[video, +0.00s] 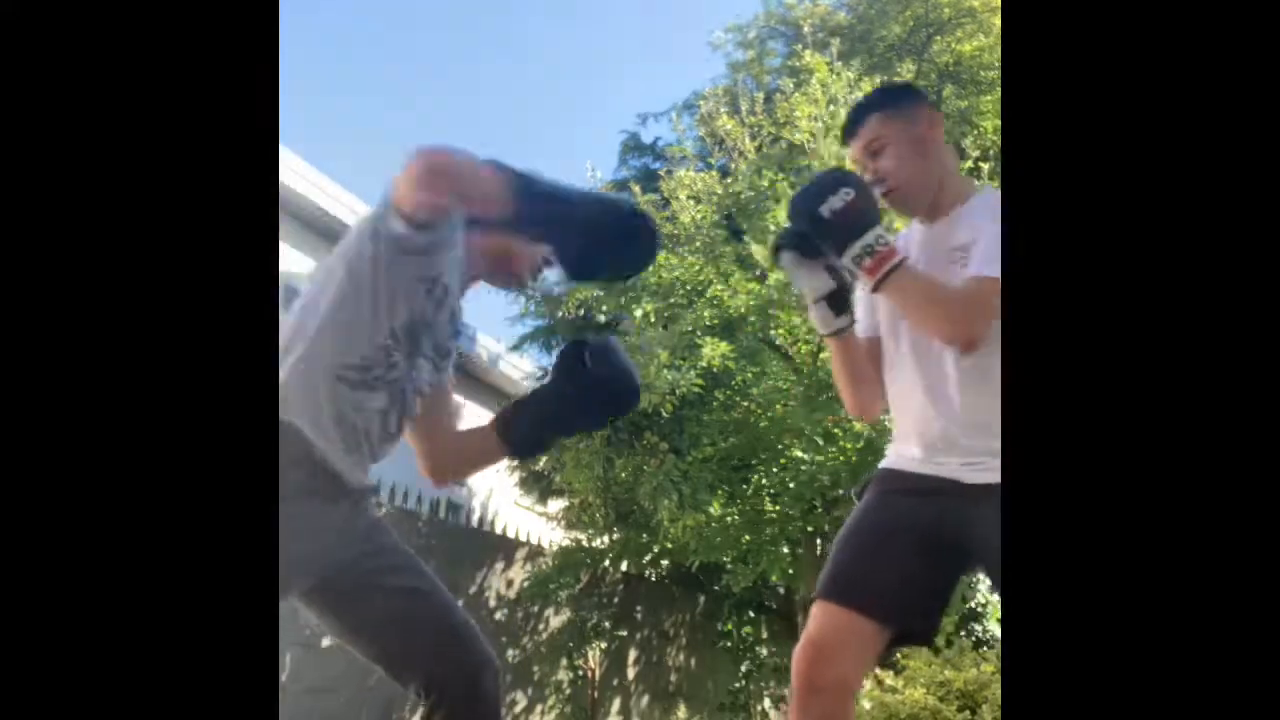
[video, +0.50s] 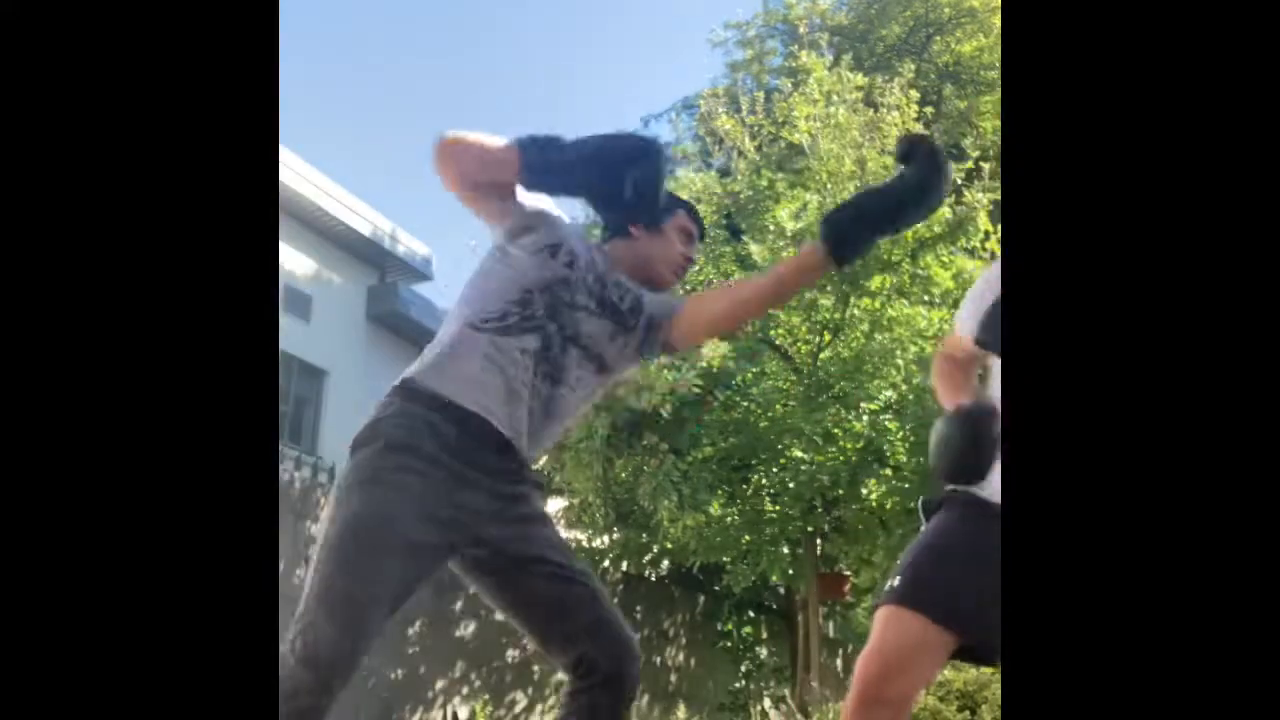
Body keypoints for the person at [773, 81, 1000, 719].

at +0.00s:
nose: (870, 176)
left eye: (879, 152)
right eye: (861, 166)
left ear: (932, 129)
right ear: (860, 175)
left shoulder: (997, 216)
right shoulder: (887, 253)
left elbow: (965, 325)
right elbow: (865, 403)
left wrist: (868, 251)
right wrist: (827, 305)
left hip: (996, 479)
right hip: (915, 477)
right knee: (822, 666)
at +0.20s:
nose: (958, 143)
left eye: (972, 123)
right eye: (949, 132)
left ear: (1010, 127)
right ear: (944, 149)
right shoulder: (953, 235)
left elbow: (979, 312)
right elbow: (883, 367)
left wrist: (919, 213)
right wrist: (881, 250)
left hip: (984, 466)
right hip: (955, 466)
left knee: (859, 671)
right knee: (853, 673)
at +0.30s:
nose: (991, 159)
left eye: (999, 143)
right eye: (984, 146)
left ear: (1009, 147)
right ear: (976, 156)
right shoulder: (973, 249)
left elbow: (988, 323)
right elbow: (905, 378)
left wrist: (957, 243)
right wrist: (909, 262)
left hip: (983, 484)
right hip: (978, 480)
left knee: (872, 683)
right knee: (867, 684)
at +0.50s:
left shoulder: (993, 279)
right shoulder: (998, 277)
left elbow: (955, 356)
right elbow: (955, 356)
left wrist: (966, 407)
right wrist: (966, 410)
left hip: (987, 503)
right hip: (988, 499)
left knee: (879, 691)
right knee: (876, 691)